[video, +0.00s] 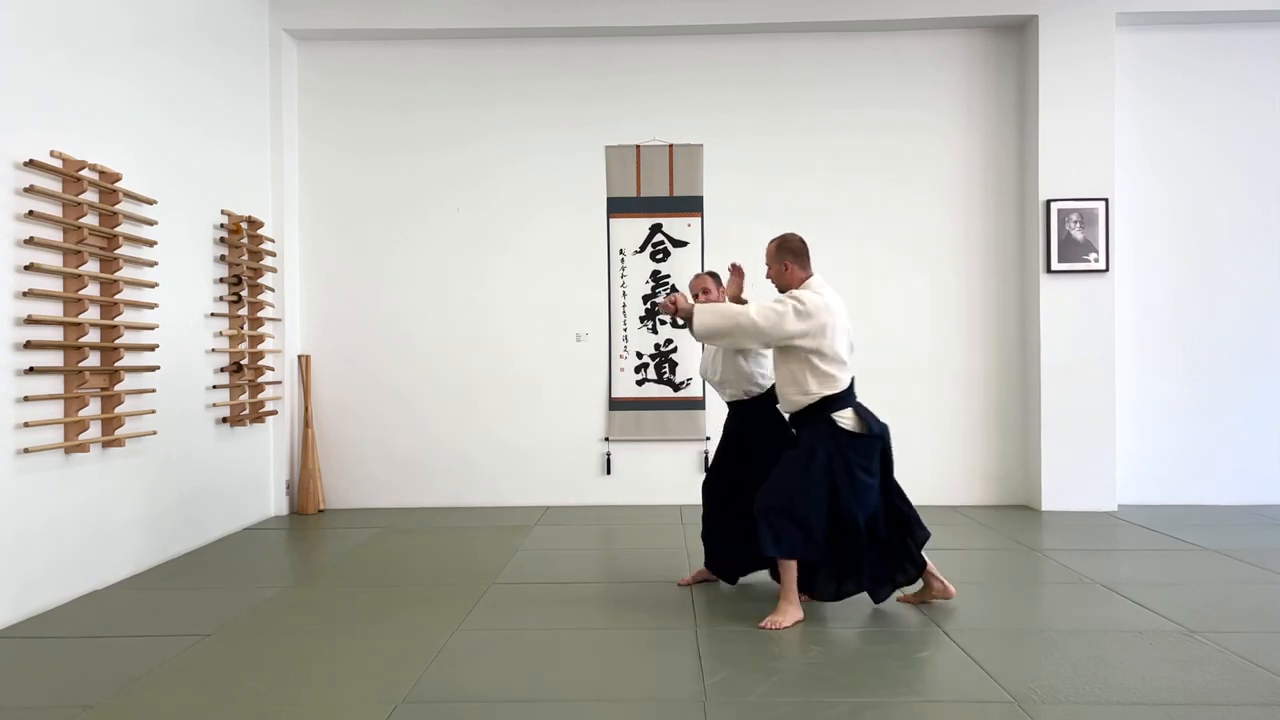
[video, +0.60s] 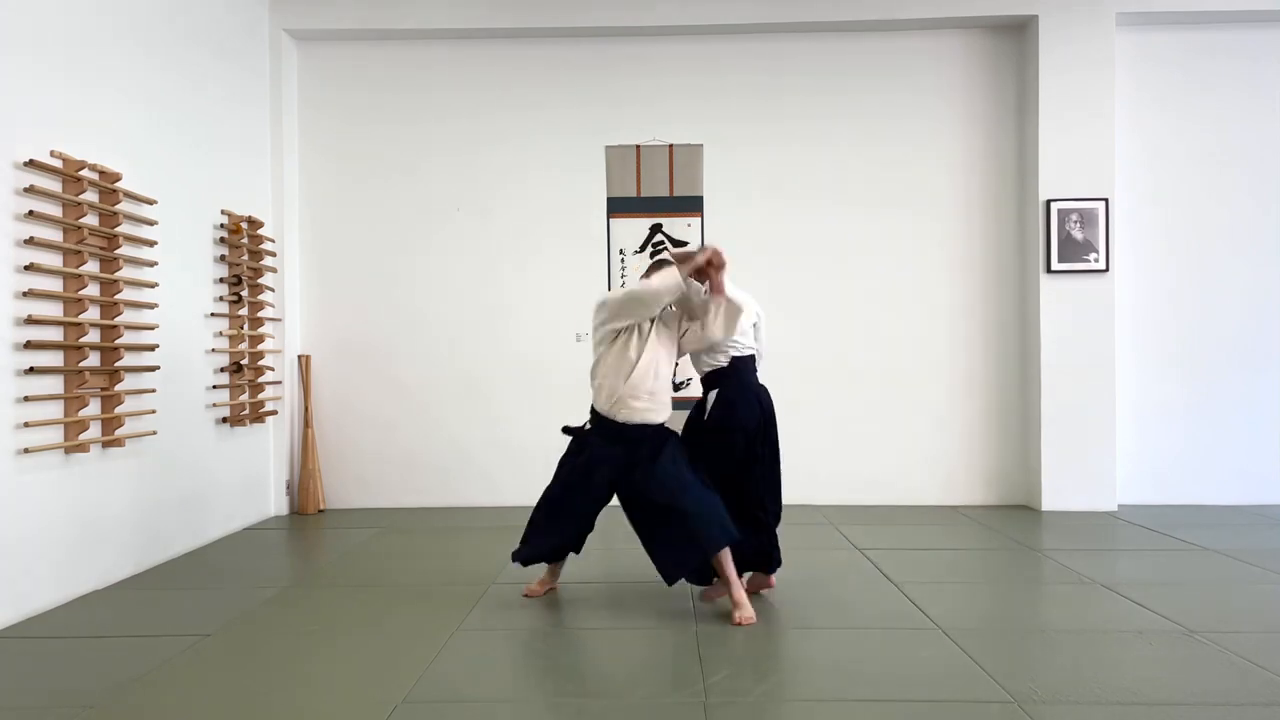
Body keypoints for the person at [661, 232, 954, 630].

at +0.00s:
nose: (768, 275)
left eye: (770, 268)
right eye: (768, 268)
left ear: (788, 268)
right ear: (801, 266)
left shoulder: (804, 307)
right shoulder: (822, 298)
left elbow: (749, 321)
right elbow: (763, 327)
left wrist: (690, 311)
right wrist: (735, 305)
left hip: (827, 430)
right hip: (847, 422)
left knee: (777, 504)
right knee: (875, 505)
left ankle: (790, 603)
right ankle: (933, 582)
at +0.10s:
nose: (746, 270)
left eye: (749, 263)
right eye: (747, 263)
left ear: (767, 265)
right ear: (780, 265)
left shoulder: (781, 305)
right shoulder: (798, 300)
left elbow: (724, 309)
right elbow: (748, 351)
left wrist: (676, 295)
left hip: (793, 422)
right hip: (812, 416)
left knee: (759, 508)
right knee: (834, 503)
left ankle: (789, 605)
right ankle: (903, 567)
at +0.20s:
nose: (725, 272)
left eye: (729, 264)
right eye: (726, 265)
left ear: (748, 263)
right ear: (755, 263)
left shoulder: (764, 297)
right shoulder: (750, 302)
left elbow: (703, 296)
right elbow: (711, 352)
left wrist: (668, 272)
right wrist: (673, 324)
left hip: (776, 421)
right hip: (764, 419)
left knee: (749, 513)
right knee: (763, 505)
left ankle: (789, 606)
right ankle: (825, 558)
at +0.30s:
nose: (704, 269)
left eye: (709, 262)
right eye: (704, 263)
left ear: (729, 264)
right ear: (728, 266)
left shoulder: (748, 296)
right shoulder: (710, 310)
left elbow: (680, 268)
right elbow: (667, 322)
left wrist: (661, 250)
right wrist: (649, 275)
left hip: (751, 421)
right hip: (718, 421)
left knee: (739, 517)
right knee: (675, 500)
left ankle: (789, 606)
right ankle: (706, 574)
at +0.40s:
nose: (681, 270)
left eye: (688, 262)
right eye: (679, 264)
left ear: (707, 264)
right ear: (683, 271)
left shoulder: (730, 304)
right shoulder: (677, 305)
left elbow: (705, 246)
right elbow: (633, 288)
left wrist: (677, 228)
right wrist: (649, 248)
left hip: (717, 419)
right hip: (675, 419)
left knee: (732, 516)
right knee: (628, 494)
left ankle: (787, 605)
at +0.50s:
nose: (673, 280)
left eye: (683, 275)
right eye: (669, 271)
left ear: (700, 279)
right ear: (660, 269)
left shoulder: (702, 315)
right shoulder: (643, 305)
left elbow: (730, 269)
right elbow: (628, 263)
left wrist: (709, 232)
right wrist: (663, 230)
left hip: (680, 427)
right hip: (632, 424)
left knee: (719, 506)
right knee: (585, 501)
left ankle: (766, 595)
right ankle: (561, 571)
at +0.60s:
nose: (671, 287)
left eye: (677, 283)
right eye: (666, 279)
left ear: (681, 290)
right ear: (645, 278)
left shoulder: (675, 324)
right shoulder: (610, 312)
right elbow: (653, 293)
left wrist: (717, 287)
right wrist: (688, 267)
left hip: (654, 439)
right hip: (604, 434)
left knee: (697, 507)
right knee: (571, 505)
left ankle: (736, 590)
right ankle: (550, 575)